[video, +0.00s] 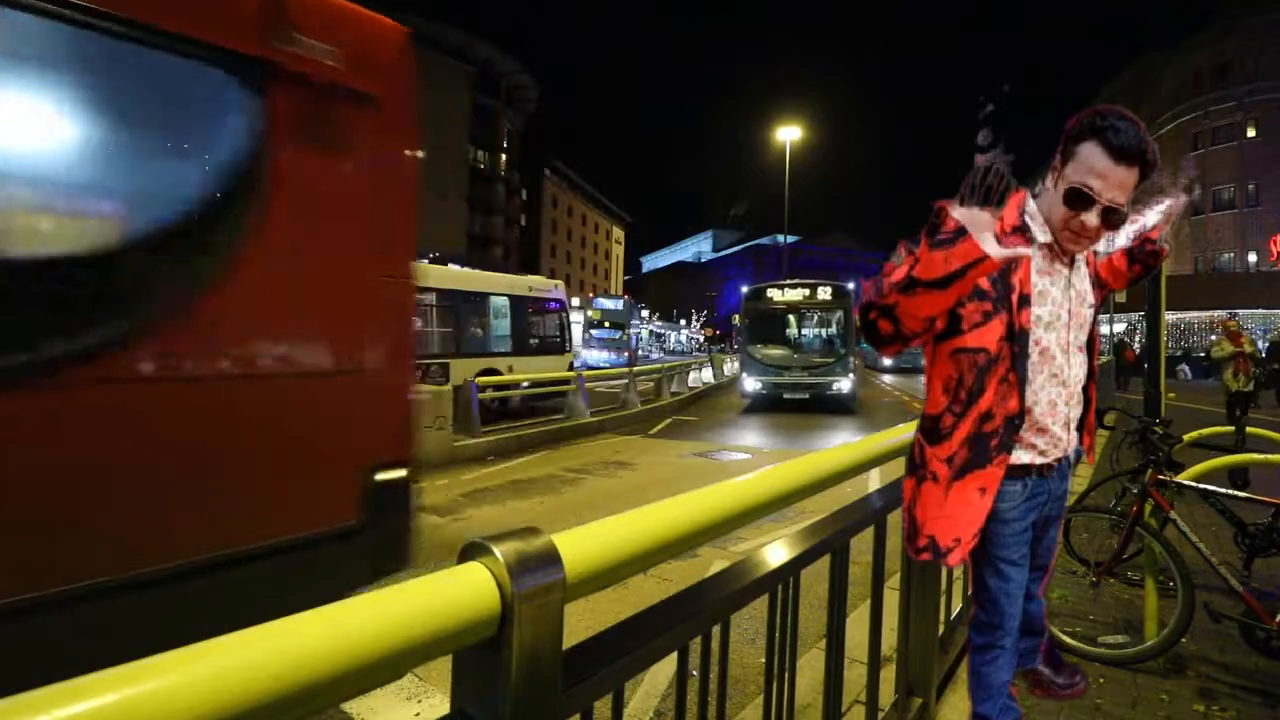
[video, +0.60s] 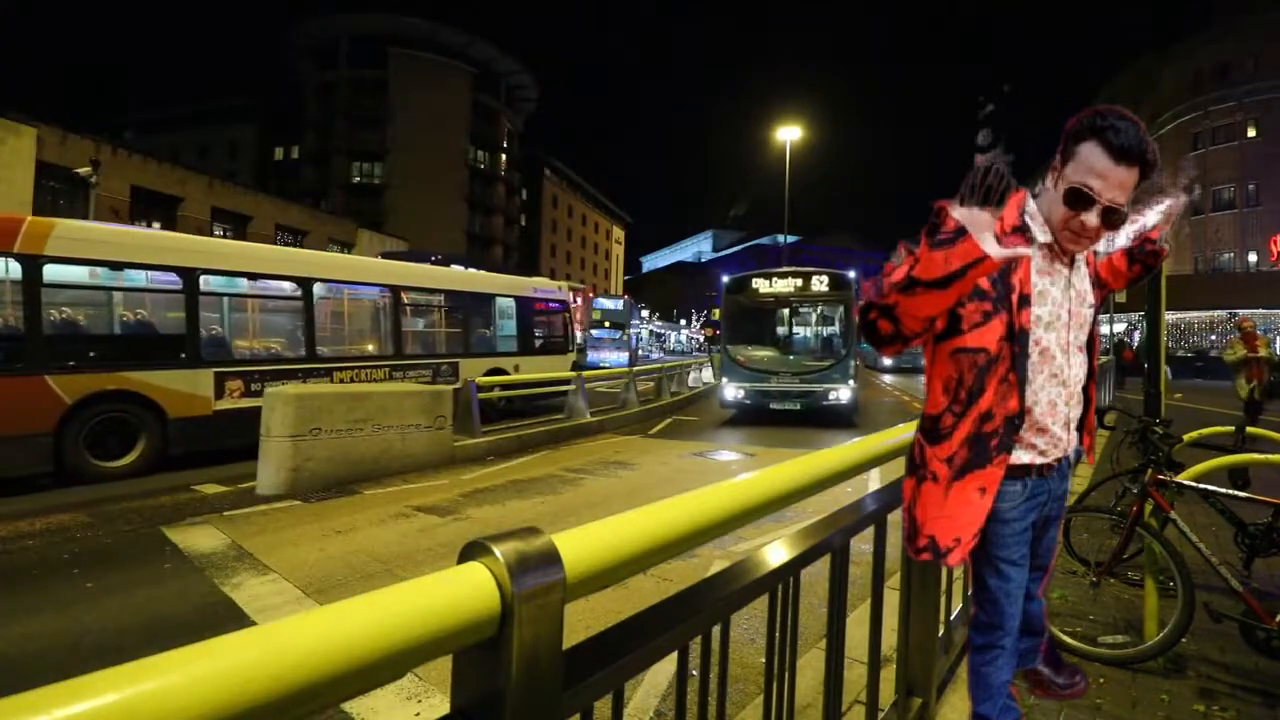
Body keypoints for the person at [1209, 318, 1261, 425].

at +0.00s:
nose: (1232, 329)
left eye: (1234, 326)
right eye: (1229, 327)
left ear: (1238, 327)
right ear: (1225, 329)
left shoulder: (1247, 340)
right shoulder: (1222, 341)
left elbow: (1257, 355)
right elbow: (1214, 355)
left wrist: (1247, 350)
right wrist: (1232, 351)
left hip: (1247, 377)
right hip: (1230, 377)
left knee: (1245, 400)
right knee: (1231, 401)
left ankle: (1243, 419)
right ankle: (1232, 420)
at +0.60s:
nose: (1249, 331)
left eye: (1251, 327)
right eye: (1245, 328)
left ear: (1255, 328)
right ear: (1240, 331)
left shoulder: (1263, 341)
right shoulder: (1235, 343)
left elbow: (1273, 358)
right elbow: (1227, 359)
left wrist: (1264, 353)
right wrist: (1244, 354)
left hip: (1261, 380)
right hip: (1244, 381)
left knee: (1258, 408)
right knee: (1248, 408)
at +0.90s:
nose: (1259, 327)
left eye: (1261, 324)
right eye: (1256, 325)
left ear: (1264, 325)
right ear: (1249, 327)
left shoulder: (1271, 339)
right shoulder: (1244, 340)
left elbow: (1277, 351)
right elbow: (1236, 355)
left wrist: (1272, 350)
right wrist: (1257, 351)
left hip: (1272, 382)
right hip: (1253, 383)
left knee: (1273, 407)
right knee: (1253, 408)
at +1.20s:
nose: (1272, 329)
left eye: (1274, 326)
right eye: (1268, 327)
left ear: (1277, 327)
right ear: (1263, 328)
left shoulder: (1277, 340)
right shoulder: (1259, 340)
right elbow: (1246, 352)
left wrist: (1276, 341)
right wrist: (1266, 343)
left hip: (1276, 384)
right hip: (1263, 384)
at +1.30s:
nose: (1274, 327)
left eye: (1277, 323)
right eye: (1271, 324)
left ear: (1279, 324)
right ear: (1265, 326)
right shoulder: (1262, 338)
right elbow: (1247, 351)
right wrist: (1267, 337)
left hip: (1276, 386)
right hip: (1265, 385)